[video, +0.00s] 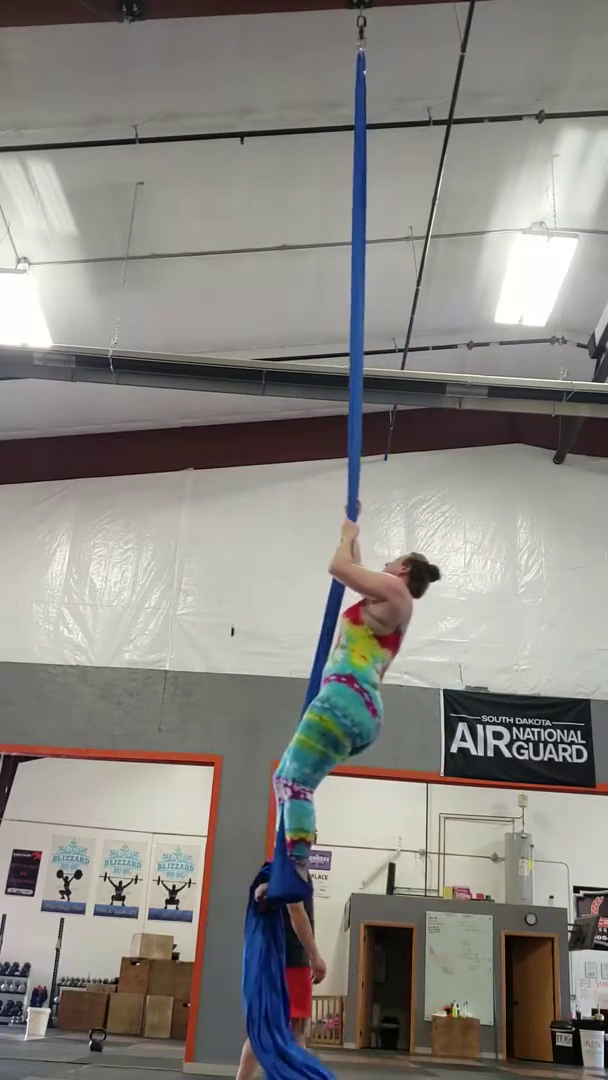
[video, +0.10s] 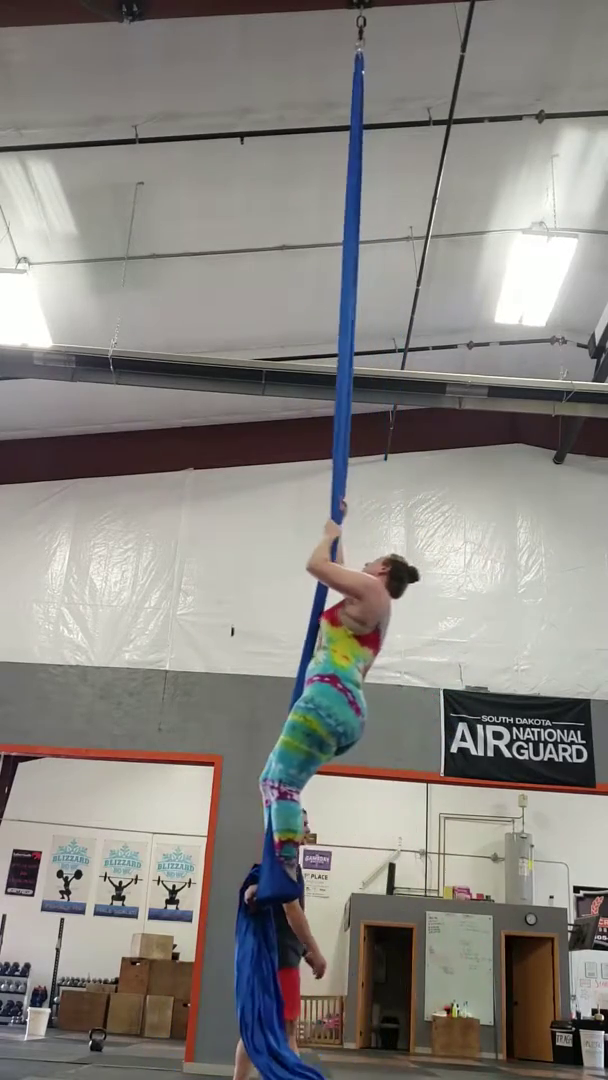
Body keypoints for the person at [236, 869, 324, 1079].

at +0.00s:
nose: (315, 841)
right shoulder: (291, 867)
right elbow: (297, 914)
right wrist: (315, 955)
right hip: (292, 961)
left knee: (260, 1027)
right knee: (296, 1030)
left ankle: (243, 1075)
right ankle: (296, 1074)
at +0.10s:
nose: (308, 833)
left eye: (307, 826)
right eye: (304, 827)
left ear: (284, 830)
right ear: (292, 830)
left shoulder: (276, 861)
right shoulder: (285, 863)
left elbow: (290, 913)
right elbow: (292, 911)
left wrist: (307, 949)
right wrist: (313, 950)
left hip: (267, 956)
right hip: (281, 959)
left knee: (255, 1025)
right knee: (287, 1029)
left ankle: (239, 1074)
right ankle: (290, 1076)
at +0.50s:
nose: (293, 827)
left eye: (293, 822)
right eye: (289, 822)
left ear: (270, 825)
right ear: (272, 823)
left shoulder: (253, 857)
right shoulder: (271, 854)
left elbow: (246, 905)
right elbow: (271, 901)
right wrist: (283, 946)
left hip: (245, 949)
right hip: (263, 950)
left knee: (243, 1018)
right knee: (279, 1013)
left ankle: (236, 1074)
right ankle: (272, 1072)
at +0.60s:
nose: (292, 825)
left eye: (292, 820)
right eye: (287, 820)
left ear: (269, 824)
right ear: (271, 822)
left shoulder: (255, 856)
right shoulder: (271, 855)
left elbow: (245, 911)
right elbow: (272, 903)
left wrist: (236, 957)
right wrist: (281, 946)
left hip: (246, 952)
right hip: (260, 951)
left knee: (252, 1023)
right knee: (269, 1021)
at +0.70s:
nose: (292, 823)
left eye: (291, 818)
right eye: (287, 818)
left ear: (270, 823)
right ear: (270, 821)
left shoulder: (257, 854)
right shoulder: (270, 854)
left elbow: (247, 912)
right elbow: (272, 905)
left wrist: (238, 957)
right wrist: (283, 949)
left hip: (247, 949)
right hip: (261, 950)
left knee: (246, 1018)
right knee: (265, 1018)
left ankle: (229, 1077)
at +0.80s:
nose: (292, 822)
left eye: (291, 817)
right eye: (287, 817)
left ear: (270, 822)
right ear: (270, 820)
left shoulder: (261, 851)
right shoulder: (269, 854)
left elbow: (264, 908)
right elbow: (271, 905)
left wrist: (280, 953)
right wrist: (287, 950)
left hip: (251, 949)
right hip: (261, 950)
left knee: (246, 1021)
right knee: (262, 1024)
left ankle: (231, 1073)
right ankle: (252, 1076)